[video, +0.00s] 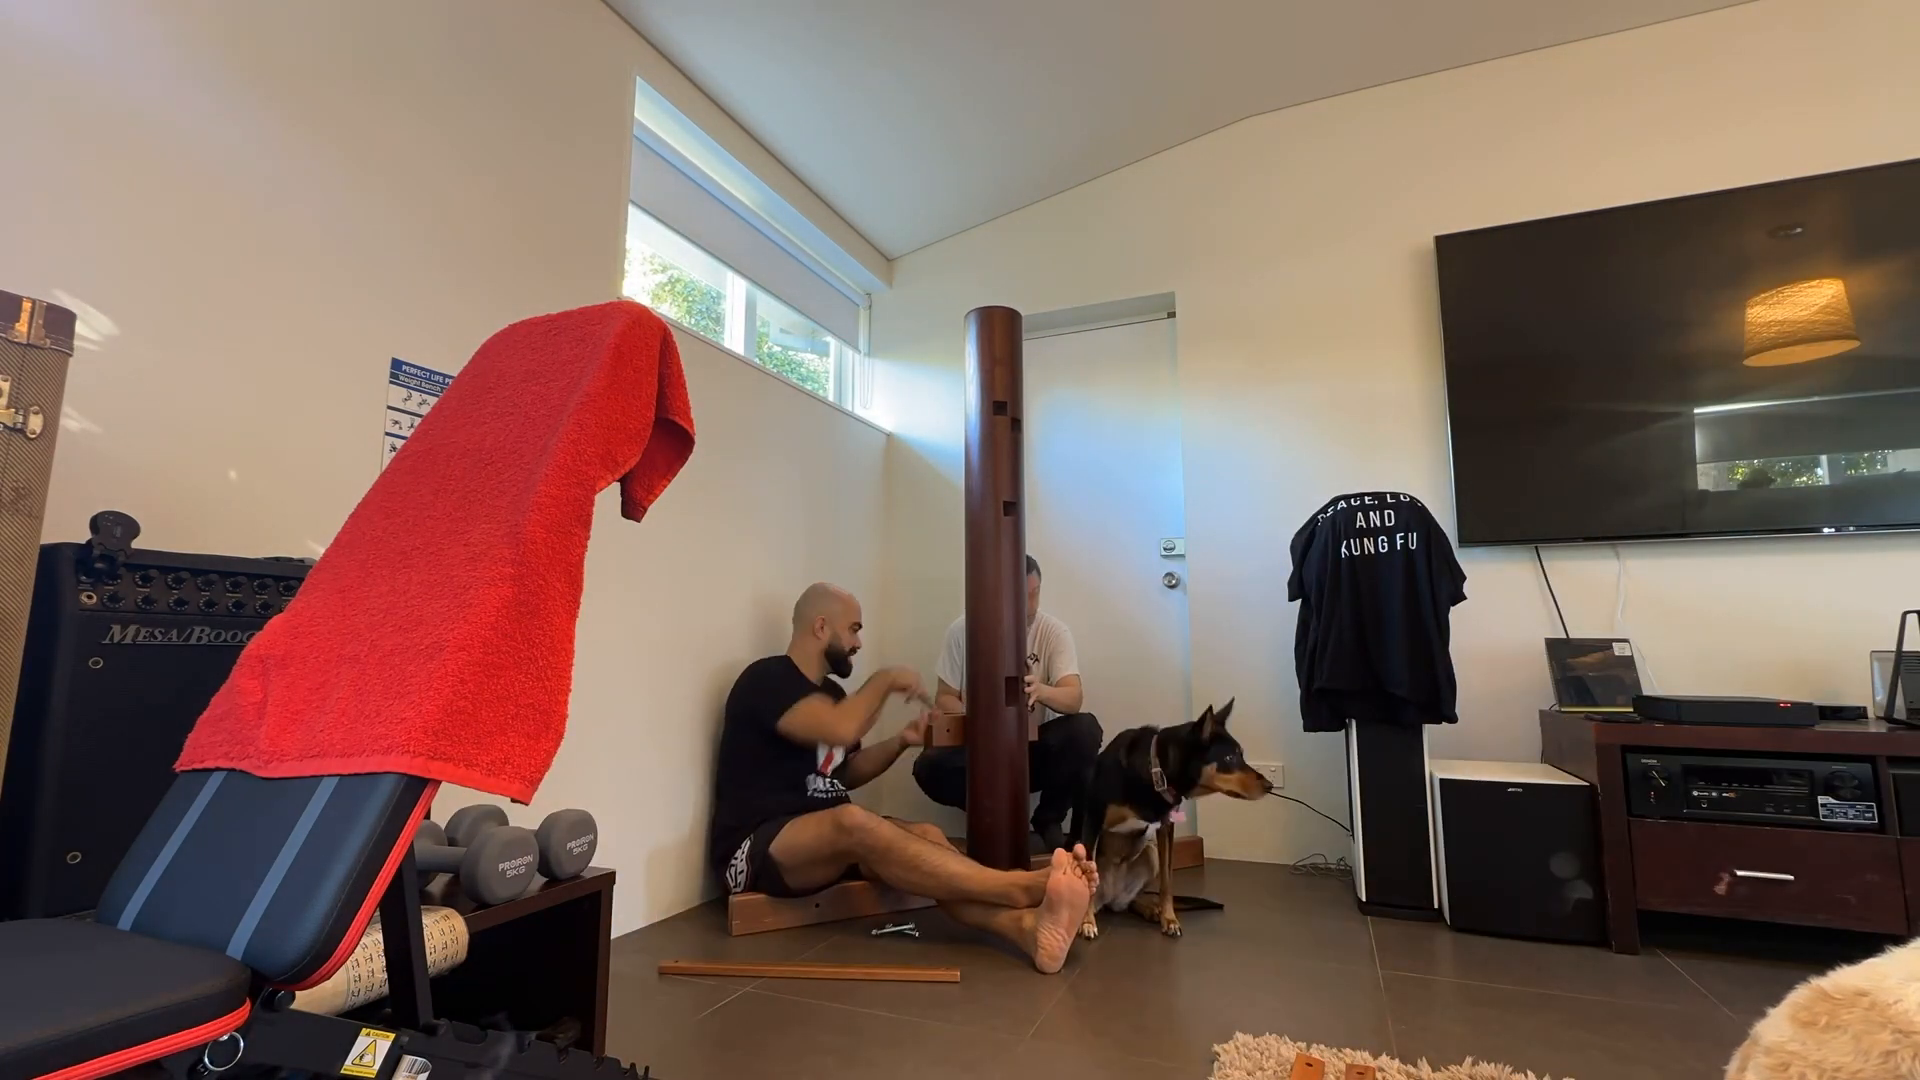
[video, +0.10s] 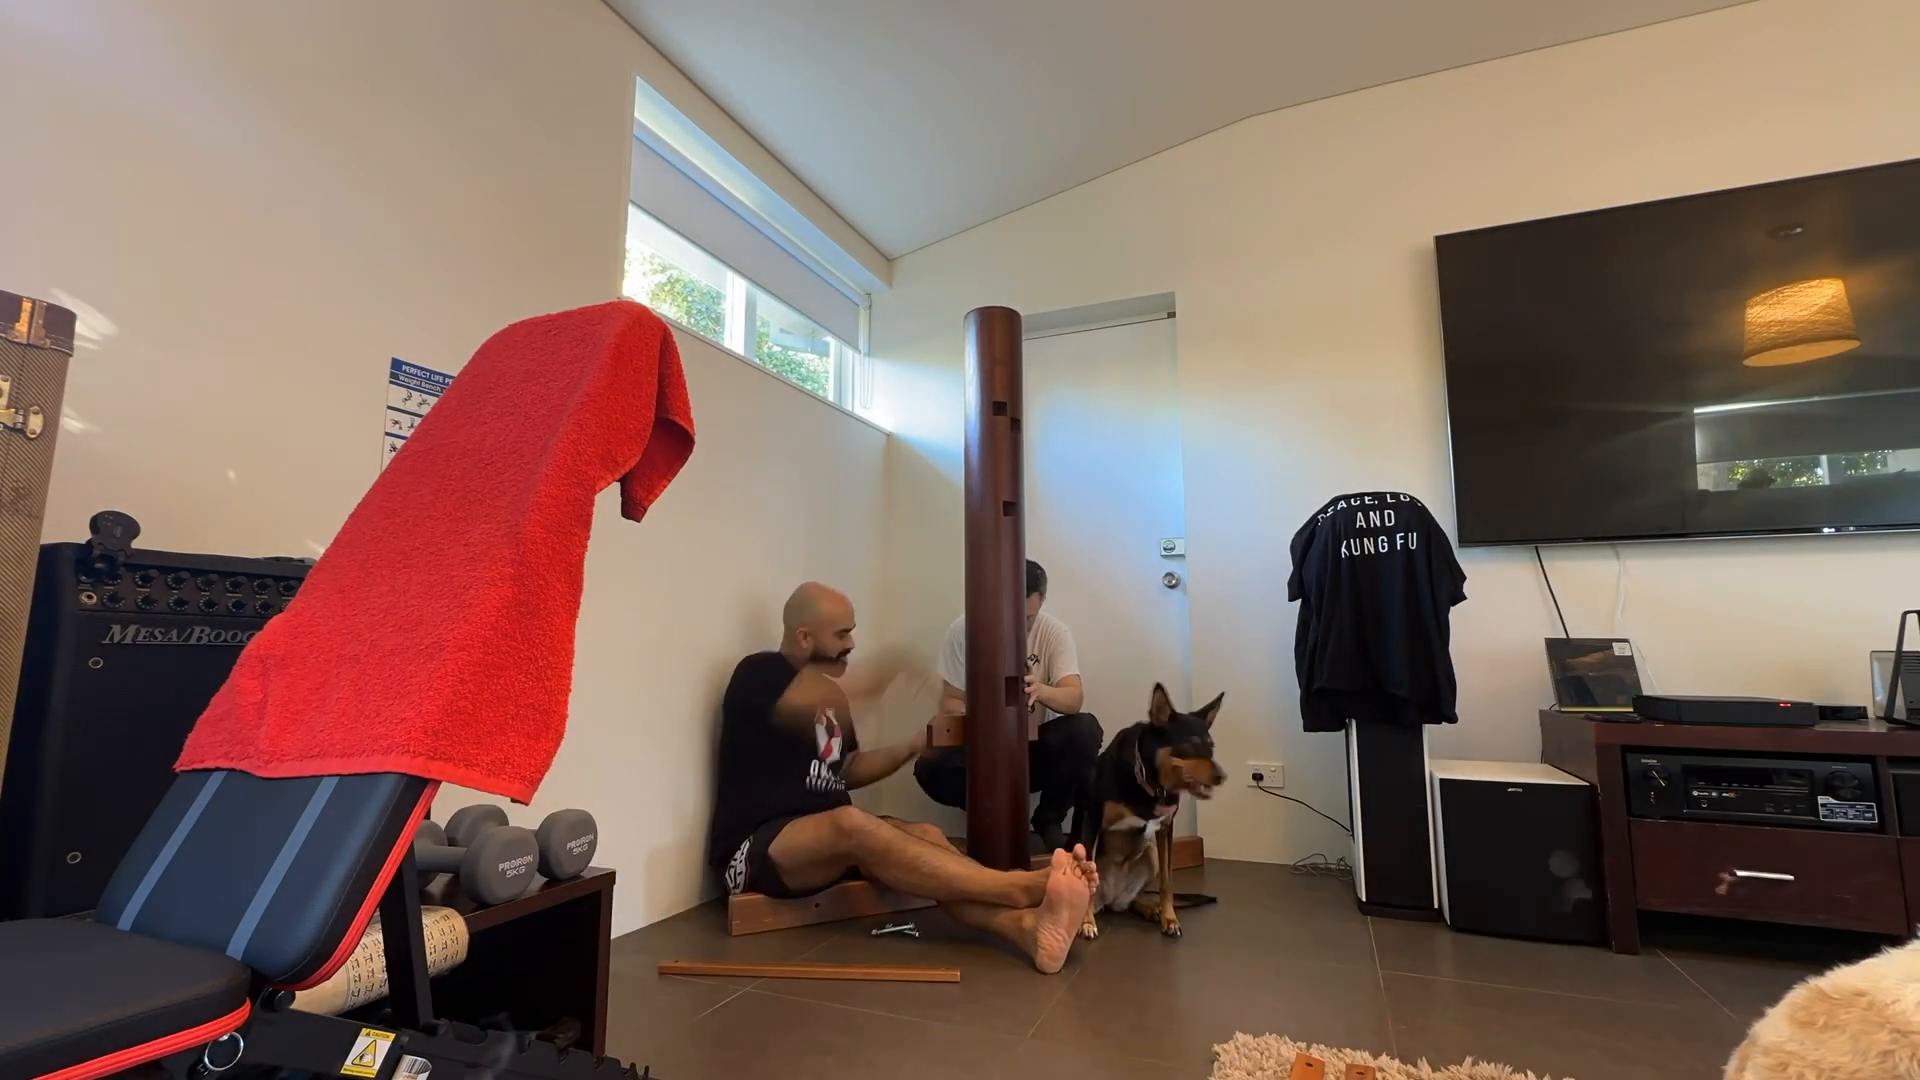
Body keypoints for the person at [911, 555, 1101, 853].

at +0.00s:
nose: (1023, 605)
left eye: (1030, 595)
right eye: (1016, 595)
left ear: (1039, 592)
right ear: (997, 592)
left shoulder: (1052, 632)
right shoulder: (963, 632)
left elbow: (1072, 699)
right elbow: (945, 698)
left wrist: (1042, 691)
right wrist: (976, 716)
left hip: (1033, 748)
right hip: (980, 750)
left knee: (1083, 728)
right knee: (930, 766)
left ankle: (1049, 819)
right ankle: (998, 817)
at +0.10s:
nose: (1020, 620)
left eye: (1027, 614)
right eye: (1013, 611)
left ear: (1040, 602)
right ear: (996, 601)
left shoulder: (1052, 632)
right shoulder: (963, 632)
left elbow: (1073, 700)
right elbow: (950, 702)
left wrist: (1042, 691)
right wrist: (988, 711)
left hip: (1033, 749)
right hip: (980, 751)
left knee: (1083, 728)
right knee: (931, 767)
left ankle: (1049, 819)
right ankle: (998, 815)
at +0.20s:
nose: (1021, 625)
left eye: (1028, 617)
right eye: (1013, 616)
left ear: (1040, 602)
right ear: (994, 603)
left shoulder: (1052, 632)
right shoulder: (963, 632)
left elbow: (1073, 700)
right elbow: (950, 698)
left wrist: (1041, 691)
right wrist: (982, 712)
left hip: (1033, 750)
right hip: (979, 752)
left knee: (1084, 729)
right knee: (932, 766)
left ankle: (1049, 820)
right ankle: (997, 815)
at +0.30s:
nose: (1023, 625)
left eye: (1031, 618)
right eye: (1015, 617)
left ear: (1042, 603)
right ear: (997, 606)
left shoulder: (1053, 632)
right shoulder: (963, 632)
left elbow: (1074, 701)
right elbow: (952, 702)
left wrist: (1042, 692)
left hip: (1034, 742)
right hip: (982, 745)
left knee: (1084, 728)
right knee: (934, 770)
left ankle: (1049, 818)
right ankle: (998, 814)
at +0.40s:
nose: (1021, 626)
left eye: (1029, 618)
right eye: (1013, 617)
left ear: (1042, 602)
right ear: (994, 605)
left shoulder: (1053, 633)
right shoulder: (964, 631)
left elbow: (1073, 701)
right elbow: (952, 698)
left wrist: (1041, 691)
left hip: (1032, 750)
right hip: (979, 753)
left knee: (1084, 729)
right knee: (933, 766)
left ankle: (1049, 821)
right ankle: (998, 816)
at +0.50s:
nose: (1012, 607)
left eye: (1019, 598)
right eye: (1003, 597)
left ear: (1032, 597)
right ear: (989, 596)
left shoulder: (1053, 634)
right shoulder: (965, 633)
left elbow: (1073, 700)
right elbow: (956, 709)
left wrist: (1041, 691)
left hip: (1032, 751)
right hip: (980, 752)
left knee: (1084, 728)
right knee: (934, 766)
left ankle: (1049, 820)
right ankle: (998, 814)